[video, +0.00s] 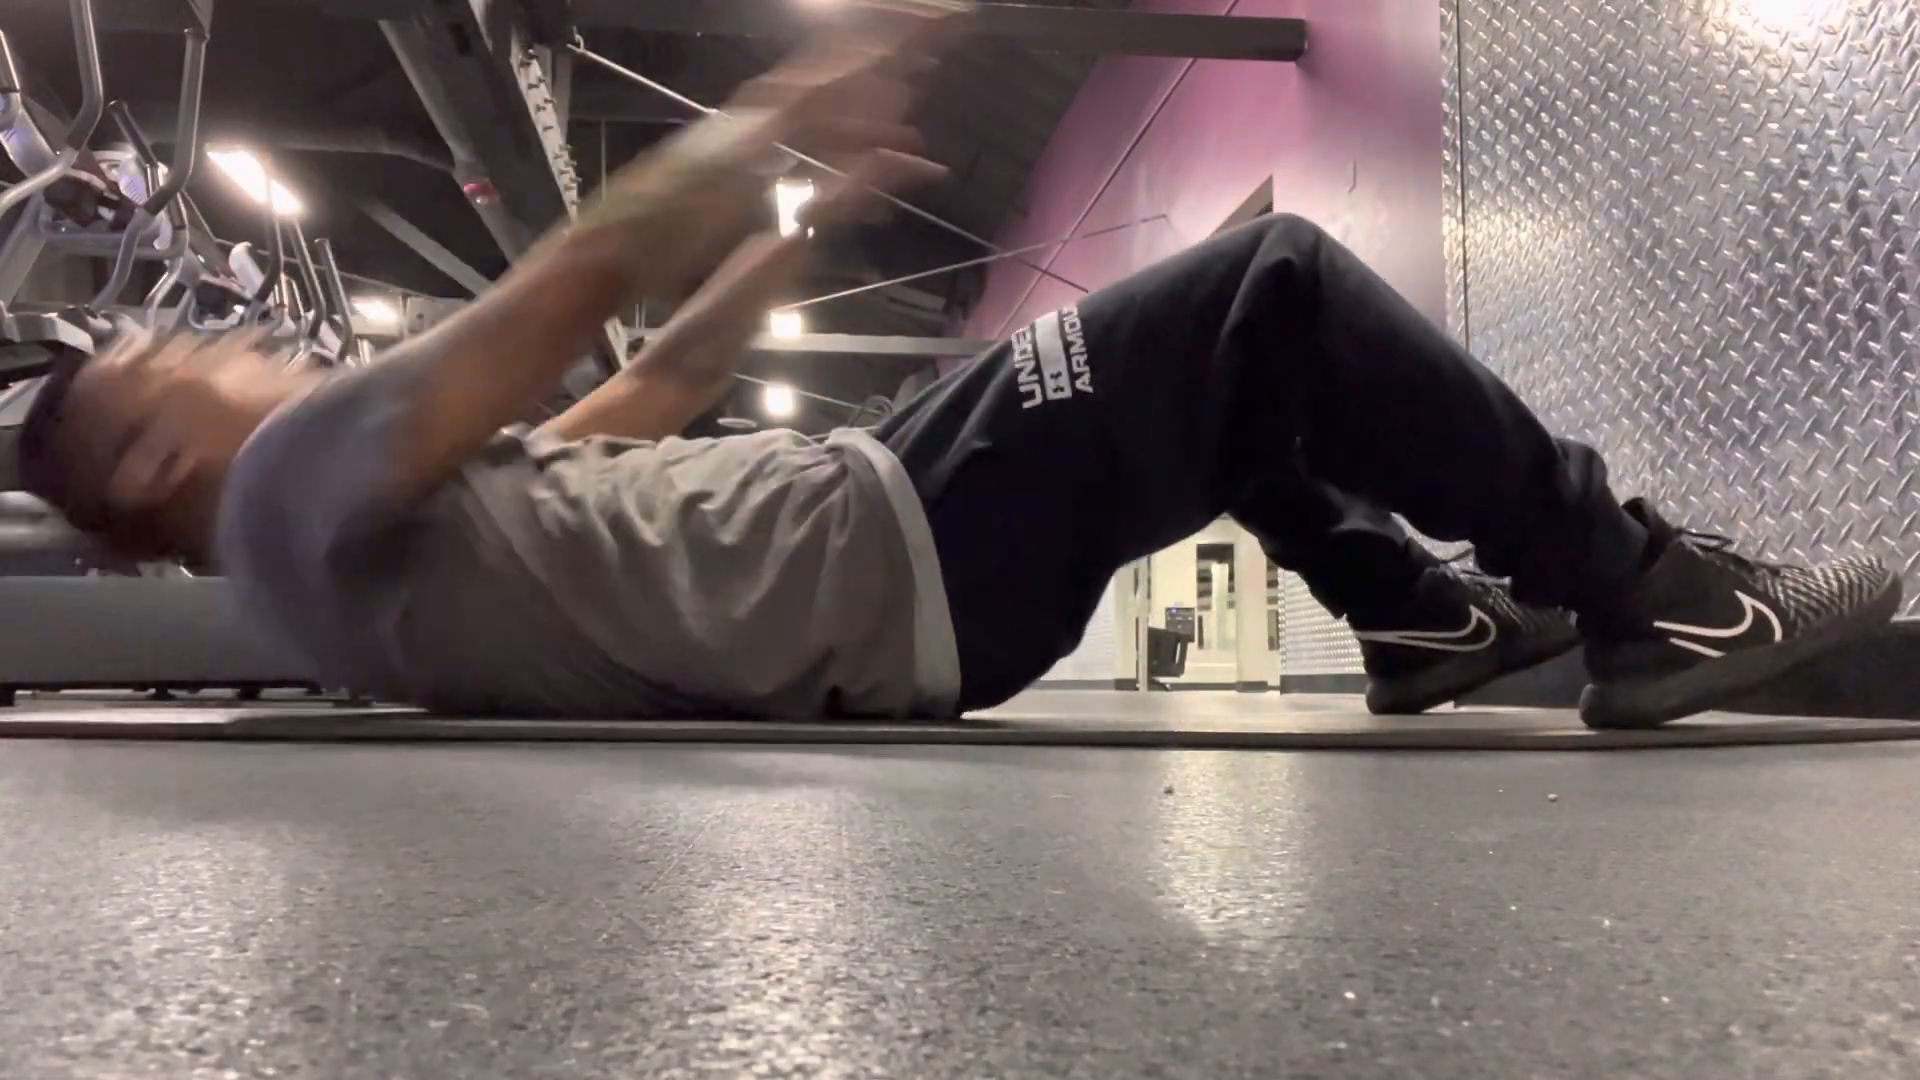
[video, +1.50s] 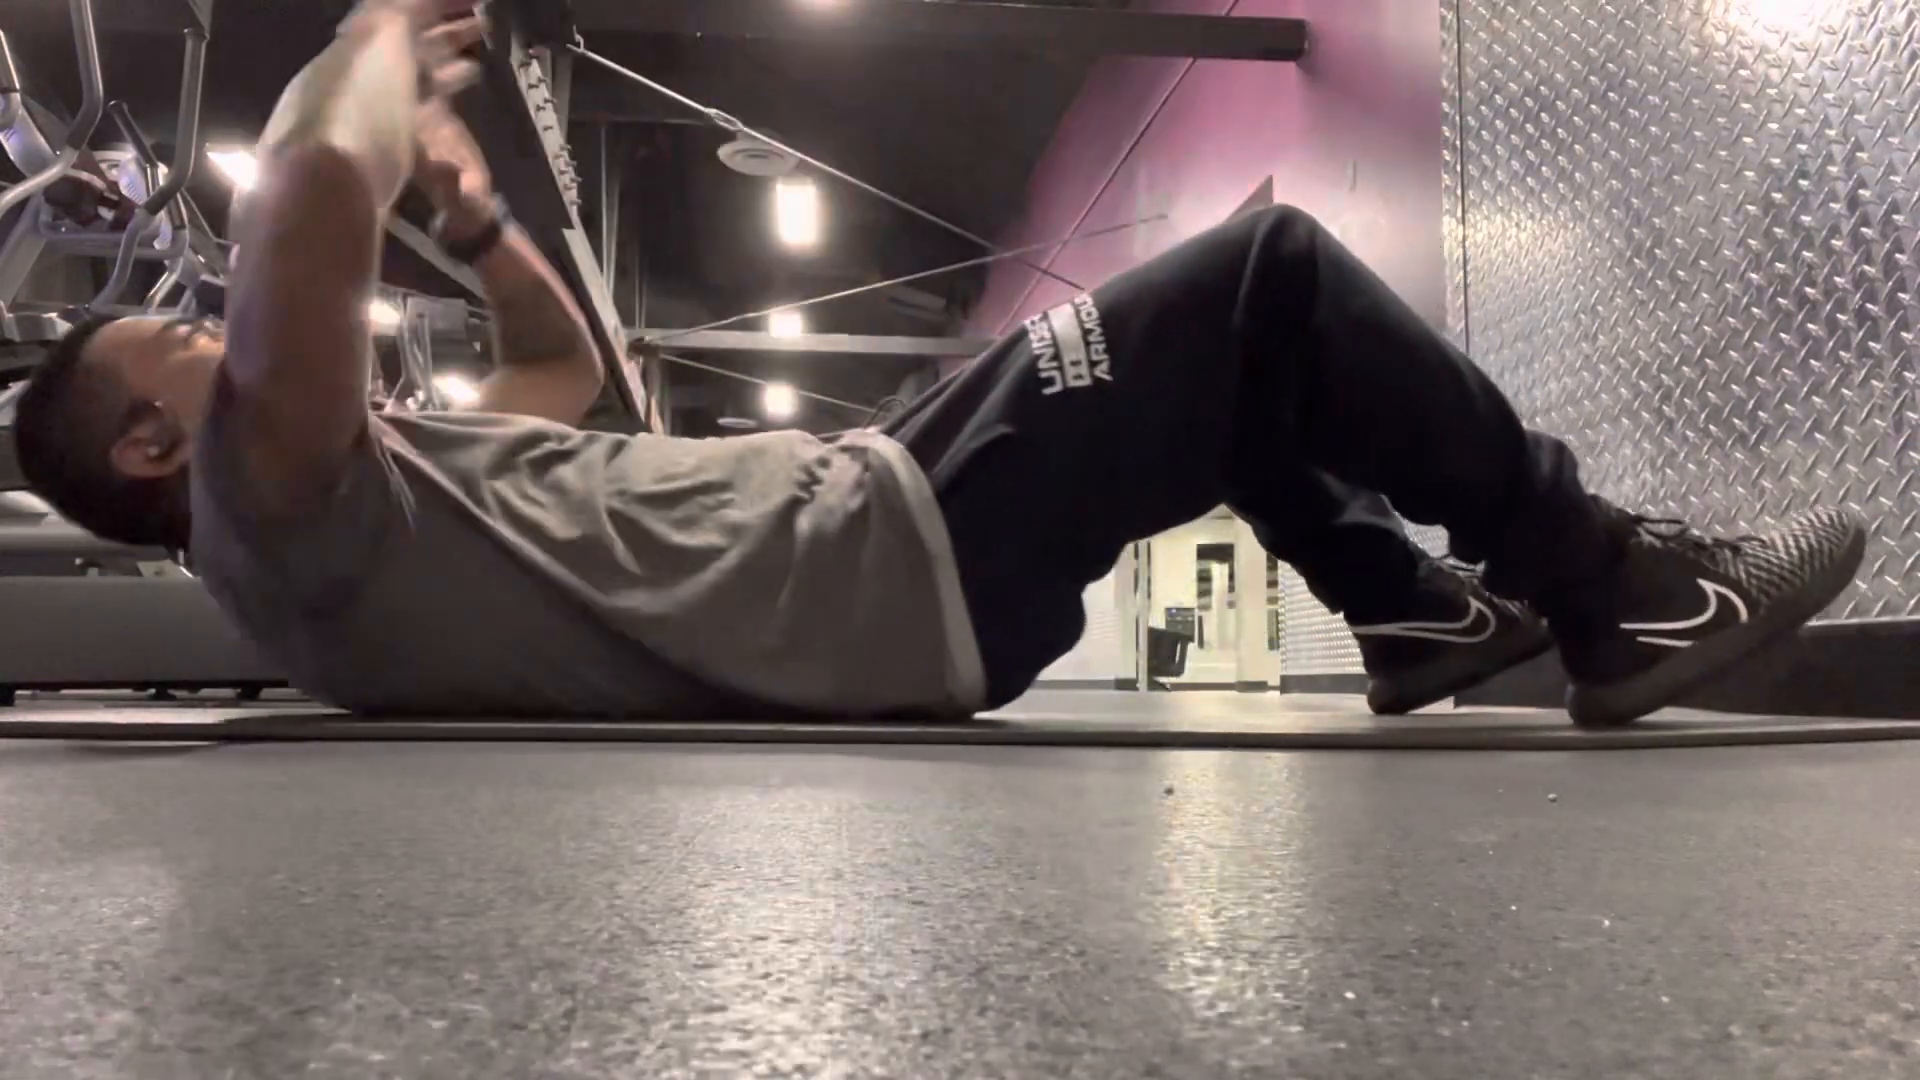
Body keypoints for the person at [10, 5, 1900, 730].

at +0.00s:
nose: (194, 365)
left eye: (166, 362)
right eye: (152, 389)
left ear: (202, 408)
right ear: (149, 478)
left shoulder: (345, 516)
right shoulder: (301, 492)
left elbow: (629, 413)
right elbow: (558, 306)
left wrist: (782, 237)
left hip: (853, 536)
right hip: (893, 567)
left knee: (1196, 346)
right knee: (1264, 274)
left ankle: (1442, 617)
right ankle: (1657, 591)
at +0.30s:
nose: (744, 84)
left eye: (733, 58)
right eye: (708, 57)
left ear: (589, 98)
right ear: (612, 80)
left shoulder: (656, 279)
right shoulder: (619, 189)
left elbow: (935, 318)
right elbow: (1003, 168)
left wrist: (1104, 198)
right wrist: (1255, 76)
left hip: (931, 608)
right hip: (934, 606)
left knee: (1205, 344)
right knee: (1262, 257)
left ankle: (1432, 604)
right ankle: (1642, 555)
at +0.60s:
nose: (1127, 103)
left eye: (1119, 82)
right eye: (1121, 66)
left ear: (1019, 29)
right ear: (1049, 29)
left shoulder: (960, 181)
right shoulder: (938, 61)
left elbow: (1033, 408)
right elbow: (999, 127)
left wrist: (1136, 280)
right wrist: (1271, 16)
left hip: (1007, 619)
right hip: (1030, 606)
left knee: (1256, 325)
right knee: (1346, 269)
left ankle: (1467, 620)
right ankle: (1681, 603)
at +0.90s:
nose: (1156, 51)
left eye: (1156, 32)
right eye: (1140, 19)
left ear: (1061, 16)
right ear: (1057, 1)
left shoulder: (990, 116)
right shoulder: (968, 77)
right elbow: (1038, 243)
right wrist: (1414, 97)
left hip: (1052, 630)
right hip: (1101, 621)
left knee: (1247, 288)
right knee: (1389, 271)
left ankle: (1459, 627)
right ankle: (1693, 611)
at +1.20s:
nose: (615, 122)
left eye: (595, 99)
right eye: (562, 109)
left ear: (570, 159)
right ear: (467, 197)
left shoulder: (604, 337)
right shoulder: (531, 314)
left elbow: (880, 363)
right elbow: (872, 238)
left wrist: (912, 273)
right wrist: (1082, 46)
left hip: (969, 569)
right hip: (979, 613)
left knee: (1255, 276)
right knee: (1317, 275)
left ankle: (1459, 624)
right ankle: (1658, 589)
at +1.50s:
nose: (197, 345)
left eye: (171, 343)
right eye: (153, 365)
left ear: (188, 420)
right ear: (149, 448)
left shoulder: (356, 489)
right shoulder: (279, 515)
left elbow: (589, 400)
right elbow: (301, 167)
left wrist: (479, 228)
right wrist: (392, 50)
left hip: (873, 523)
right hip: (892, 564)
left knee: (1220, 332)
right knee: (1259, 263)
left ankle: (1434, 619)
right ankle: (1621, 578)